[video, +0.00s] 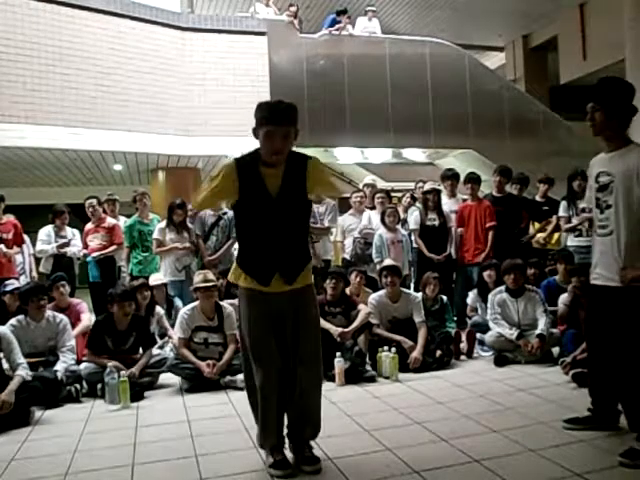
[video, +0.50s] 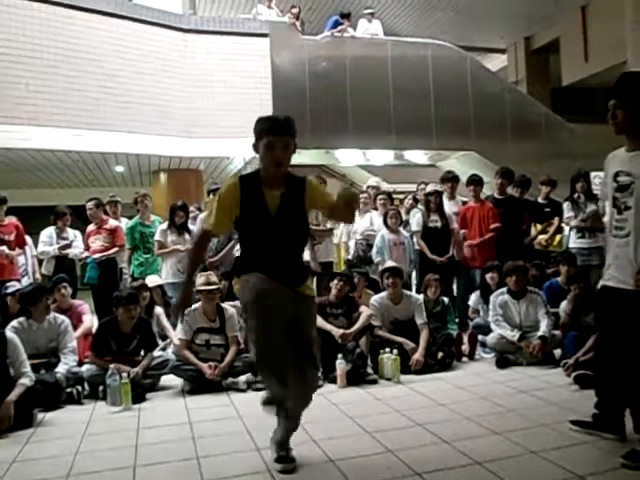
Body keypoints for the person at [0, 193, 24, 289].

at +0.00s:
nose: (1, 206)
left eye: (1, 203)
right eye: (1, 203)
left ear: (4, 204)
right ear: (3, 204)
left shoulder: (13, 224)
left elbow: (18, 246)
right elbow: (18, 246)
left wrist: (10, 252)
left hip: (8, 273)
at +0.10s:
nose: (1, 206)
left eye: (1, 203)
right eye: (1, 203)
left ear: (4, 204)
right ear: (3, 205)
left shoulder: (13, 224)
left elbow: (18, 246)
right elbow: (18, 246)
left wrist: (10, 252)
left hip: (8, 273)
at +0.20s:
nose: (1, 206)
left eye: (1, 203)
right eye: (1, 203)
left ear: (3, 204)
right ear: (3, 205)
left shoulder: (13, 224)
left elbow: (18, 246)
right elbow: (18, 246)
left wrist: (10, 252)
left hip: (8, 273)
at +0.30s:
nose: (1, 206)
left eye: (1, 203)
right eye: (1, 203)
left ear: (3, 204)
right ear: (3, 205)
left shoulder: (13, 224)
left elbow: (19, 246)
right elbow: (18, 246)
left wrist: (11, 252)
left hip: (8, 273)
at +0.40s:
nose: (1, 206)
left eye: (1, 203)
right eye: (1, 203)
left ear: (3, 204)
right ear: (3, 205)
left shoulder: (13, 224)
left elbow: (19, 245)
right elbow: (18, 246)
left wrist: (11, 252)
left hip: (8, 273)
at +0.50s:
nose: (1, 209)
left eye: (2, 206)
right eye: (1, 207)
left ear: (5, 206)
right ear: (3, 207)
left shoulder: (14, 225)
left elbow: (21, 246)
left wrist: (13, 253)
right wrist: (5, 252)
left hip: (10, 274)